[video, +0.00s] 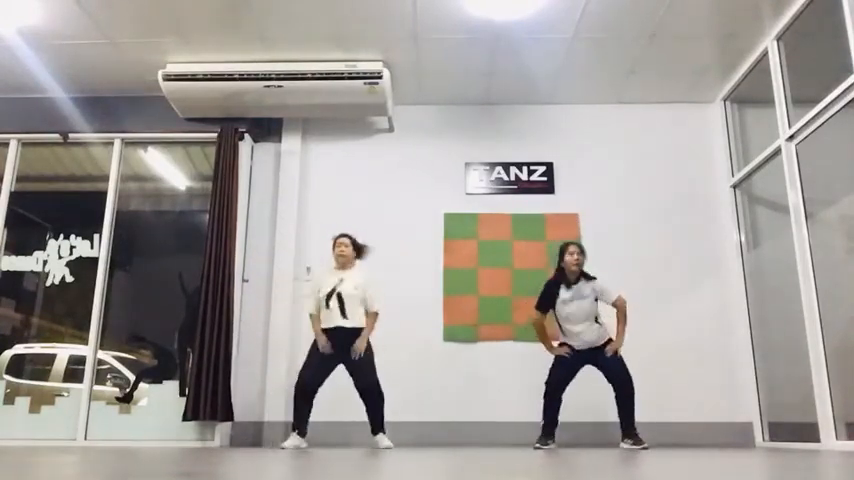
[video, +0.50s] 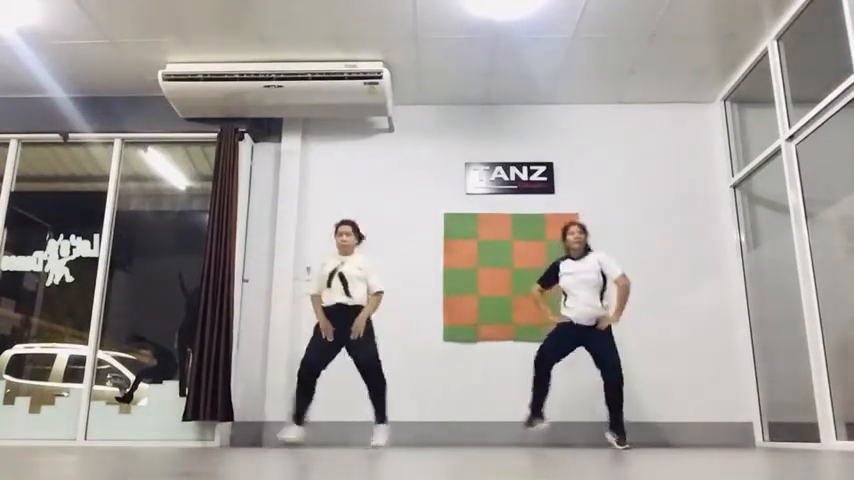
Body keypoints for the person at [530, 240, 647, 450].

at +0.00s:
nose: (575, 258)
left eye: (579, 254)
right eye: (570, 254)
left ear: (583, 259)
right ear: (562, 260)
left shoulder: (592, 284)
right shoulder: (553, 287)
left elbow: (620, 304)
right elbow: (538, 319)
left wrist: (618, 341)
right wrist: (550, 348)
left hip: (601, 348)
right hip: (570, 351)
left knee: (624, 383)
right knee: (553, 388)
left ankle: (629, 434)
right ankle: (547, 435)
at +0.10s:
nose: (578, 242)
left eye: (582, 238)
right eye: (573, 238)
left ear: (588, 243)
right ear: (566, 244)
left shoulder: (597, 270)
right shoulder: (557, 270)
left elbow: (624, 293)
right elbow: (538, 299)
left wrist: (613, 329)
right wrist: (548, 328)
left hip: (595, 337)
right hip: (565, 337)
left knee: (620, 375)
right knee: (550, 380)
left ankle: (628, 429)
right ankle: (545, 432)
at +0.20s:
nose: (582, 235)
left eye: (586, 232)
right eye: (577, 233)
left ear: (594, 237)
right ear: (571, 240)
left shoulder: (605, 265)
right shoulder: (564, 263)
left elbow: (631, 290)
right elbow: (541, 285)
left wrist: (615, 318)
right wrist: (548, 313)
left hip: (594, 329)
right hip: (566, 327)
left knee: (616, 372)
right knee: (546, 371)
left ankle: (620, 426)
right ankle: (532, 419)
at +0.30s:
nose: (585, 241)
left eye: (589, 237)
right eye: (580, 239)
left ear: (599, 242)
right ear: (576, 248)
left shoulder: (610, 270)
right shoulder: (570, 267)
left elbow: (633, 301)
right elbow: (546, 290)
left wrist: (615, 329)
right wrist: (554, 316)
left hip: (596, 336)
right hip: (568, 331)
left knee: (611, 381)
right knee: (543, 365)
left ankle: (612, 434)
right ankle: (518, 406)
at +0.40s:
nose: (584, 243)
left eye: (587, 239)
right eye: (579, 241)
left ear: (595, 244)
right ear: (574, 248)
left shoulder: (609, 269)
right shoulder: (569, 271)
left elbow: (629, 301)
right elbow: (545, 292)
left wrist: (615, 331)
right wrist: (553, 318)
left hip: (598, 337)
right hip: (570, 333)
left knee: (609, 384)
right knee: (539, 357)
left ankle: (611, 436)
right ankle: (519, 407)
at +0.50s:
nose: (575, 237)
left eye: (579, 233)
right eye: (570, 234)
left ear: (586, 237)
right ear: (565, 240)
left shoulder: (600, 259)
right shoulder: (560, 265)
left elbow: (623, 283)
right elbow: (536, 292)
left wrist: (614, 316)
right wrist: (551, 318)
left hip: (598, 328)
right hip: (569, 327)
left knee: (614, 377)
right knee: (542, 359)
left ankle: (616, 430)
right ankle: (536, 413)